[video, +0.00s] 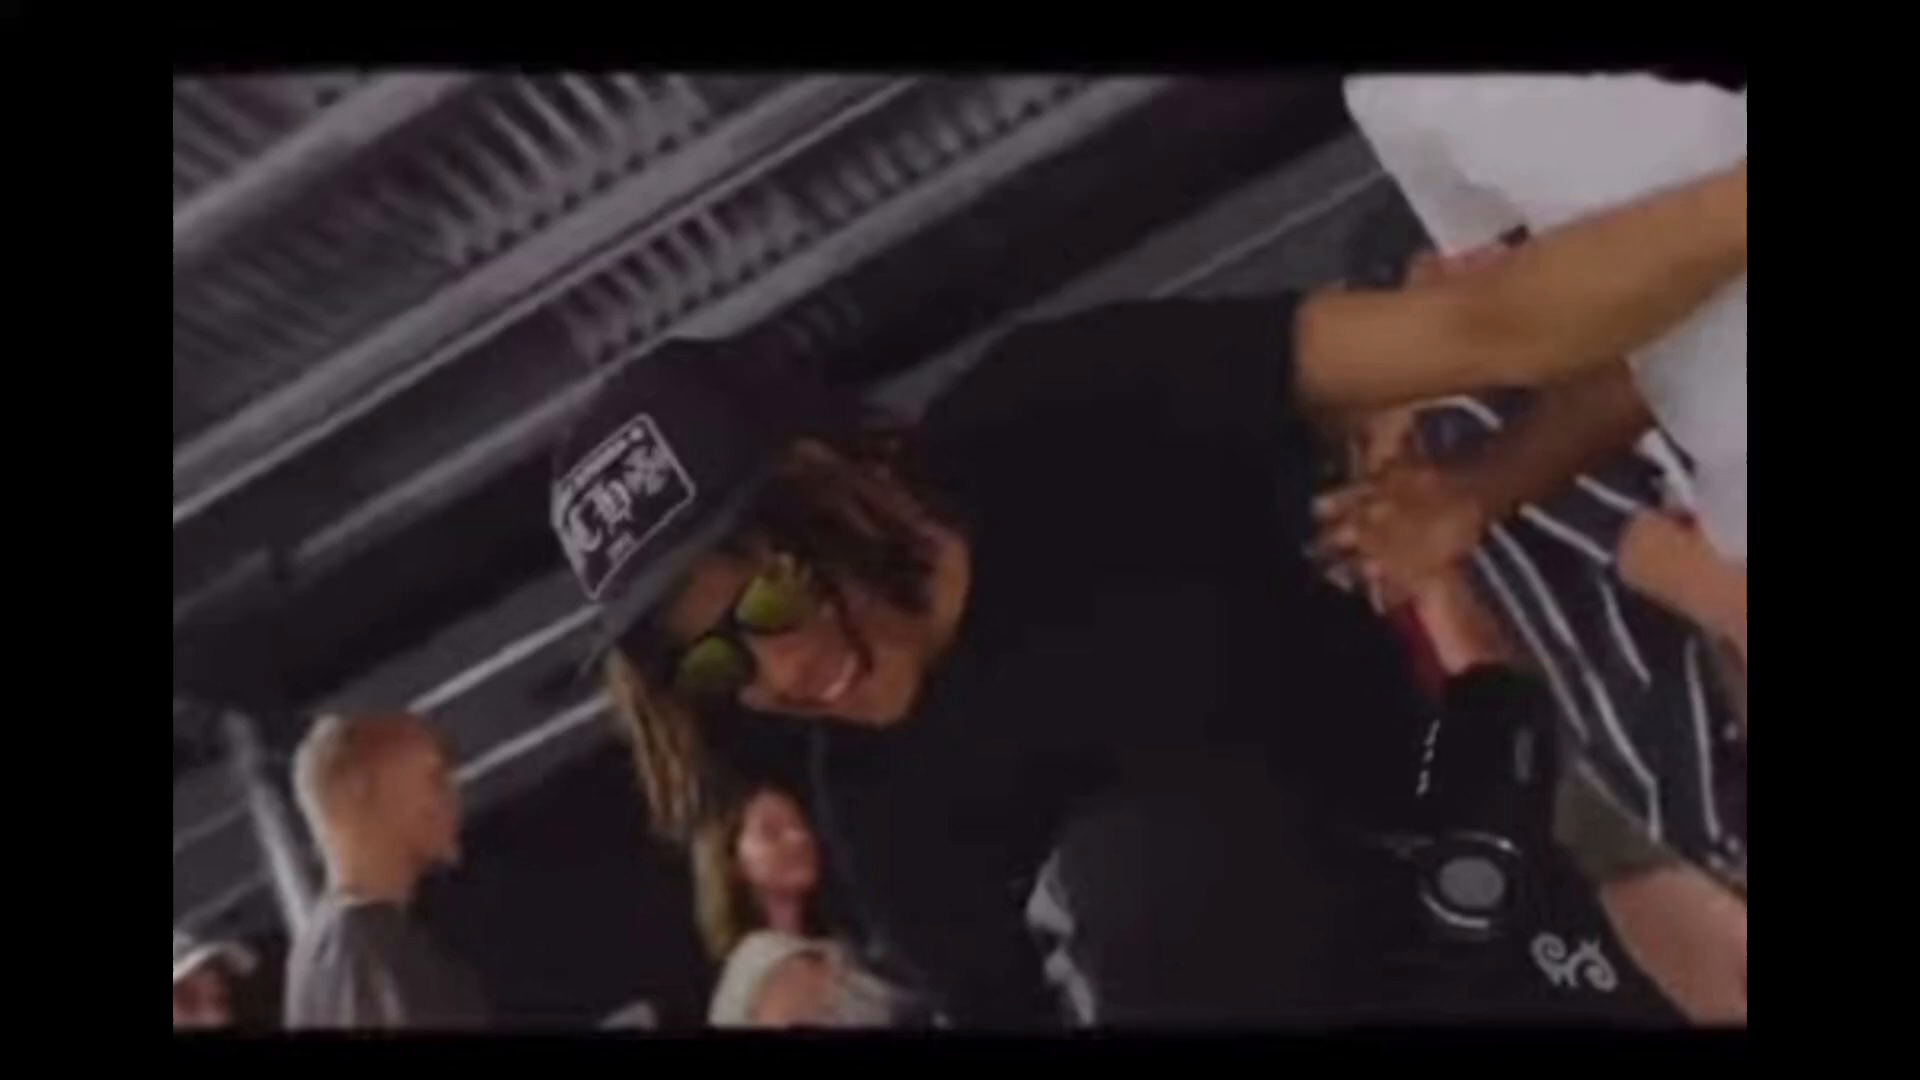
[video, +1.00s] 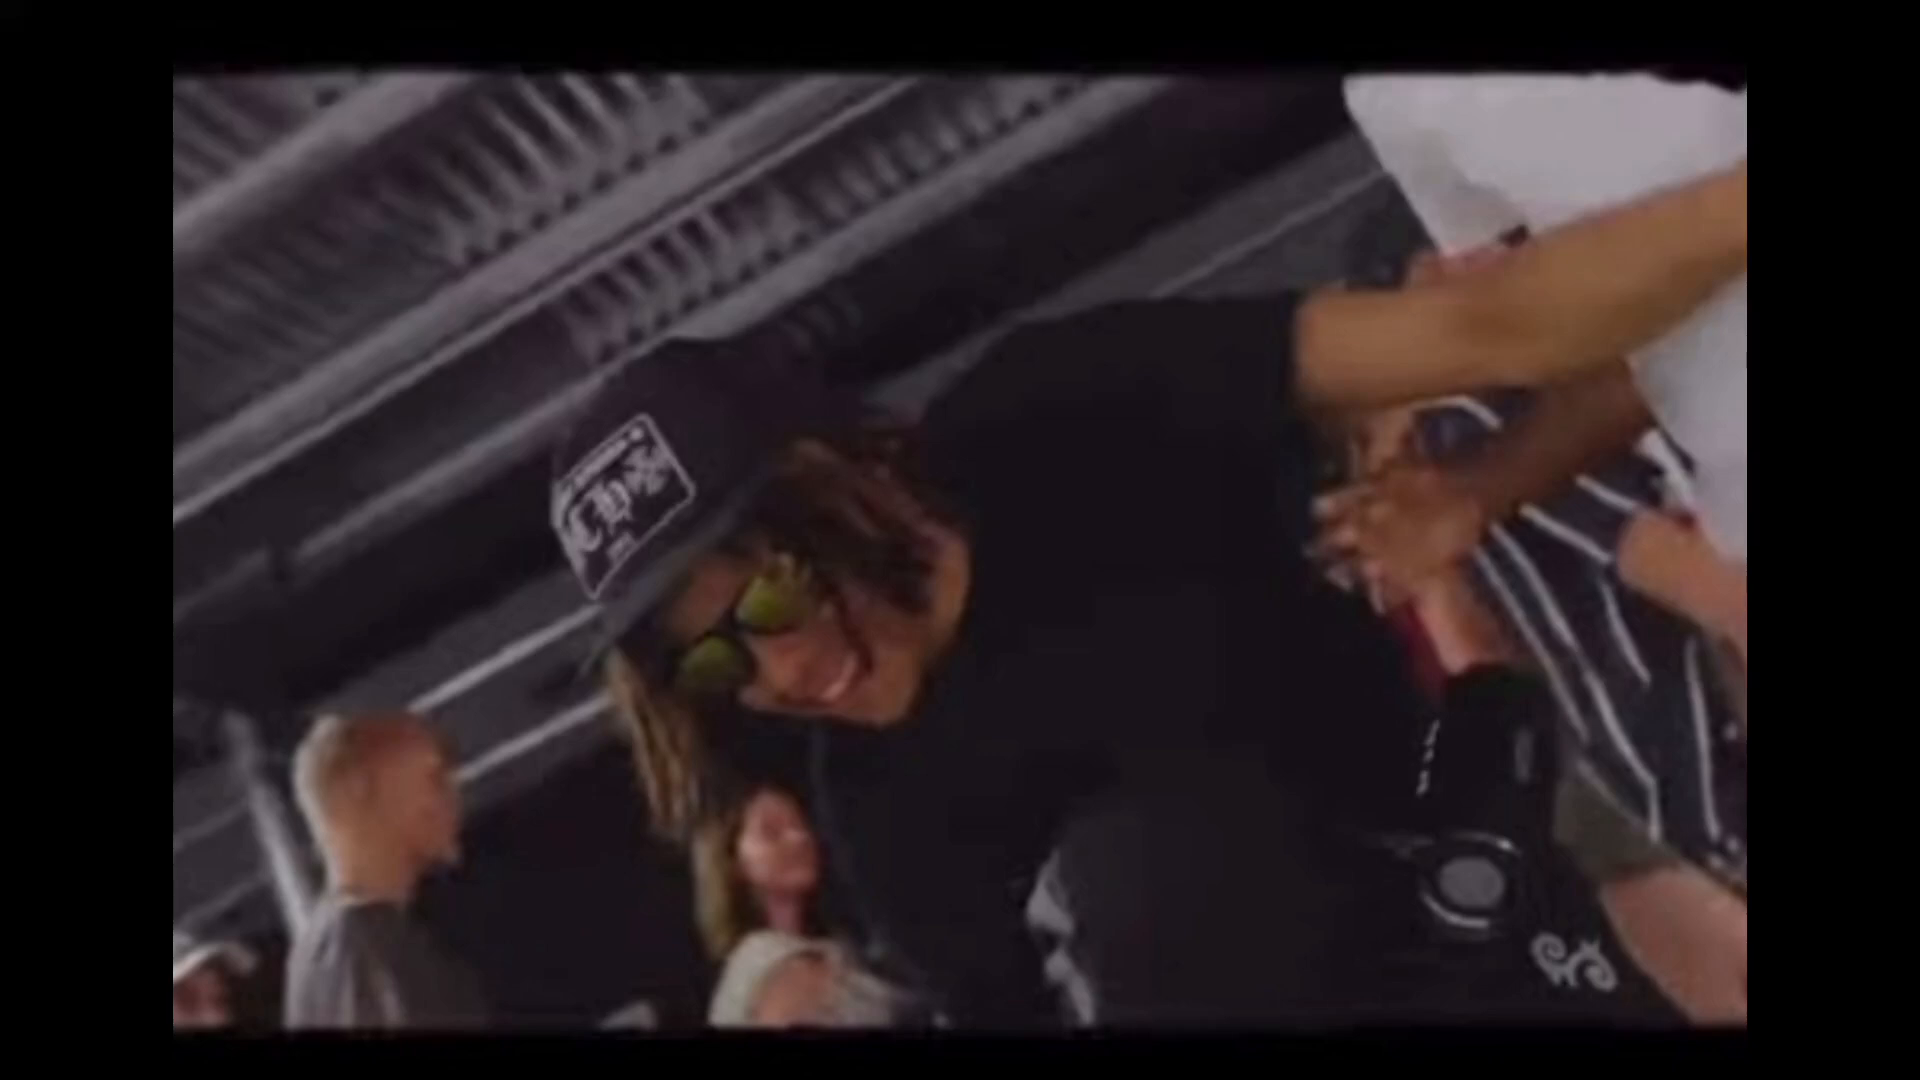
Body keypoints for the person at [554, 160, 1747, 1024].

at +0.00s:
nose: (767, 656)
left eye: (760, 583)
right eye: (708, 655)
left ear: (833, 476)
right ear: (687, 687)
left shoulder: (1052, 403)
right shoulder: (888, 847)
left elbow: (1470, 329)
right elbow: (1035, 1024)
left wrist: (1739, 209)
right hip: (1258, 977)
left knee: (1137, 866)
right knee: (1136, 865)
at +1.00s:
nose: (768, 656)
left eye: (761, 582)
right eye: (708, 654)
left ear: (835, 476)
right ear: (687, 685)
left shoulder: (1052, 404)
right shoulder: (886, 847)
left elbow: (1472, 328)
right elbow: (1031, 1024)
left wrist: (1740, 208)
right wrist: (837, 995)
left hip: (1477, 844)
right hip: (1240, 973)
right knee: (1136, 862)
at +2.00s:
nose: (768, 656)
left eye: (761, 582)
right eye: (708, 654)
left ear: (835, 476)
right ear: (687, 685)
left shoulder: (1052, 404)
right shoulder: (886, 847)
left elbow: (1472, 328)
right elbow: (1031, 1024)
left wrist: (1740, 208)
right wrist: (837, 995)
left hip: (1477, 844)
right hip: (1240, 973)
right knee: (1136, 862)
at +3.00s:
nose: (768, 657)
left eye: (761, 582)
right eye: (708, 654)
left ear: (835, 476)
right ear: (688, 686)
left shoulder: (1050, 404)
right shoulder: (889, 847)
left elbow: (1463, 331)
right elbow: (1040, 1023)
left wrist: (1758, 207)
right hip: (1273, 977)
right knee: (1136, 867)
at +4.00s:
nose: (768, 661)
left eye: (761, 587)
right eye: (709, 657)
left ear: (835, 480)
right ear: (686, 685)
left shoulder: (1051, 403)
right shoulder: (887, 843)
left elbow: (1469, 330)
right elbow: (1030, 1023)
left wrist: (1760, 200)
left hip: (1476, 839)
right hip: (1242, 973)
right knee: (1136, 867)